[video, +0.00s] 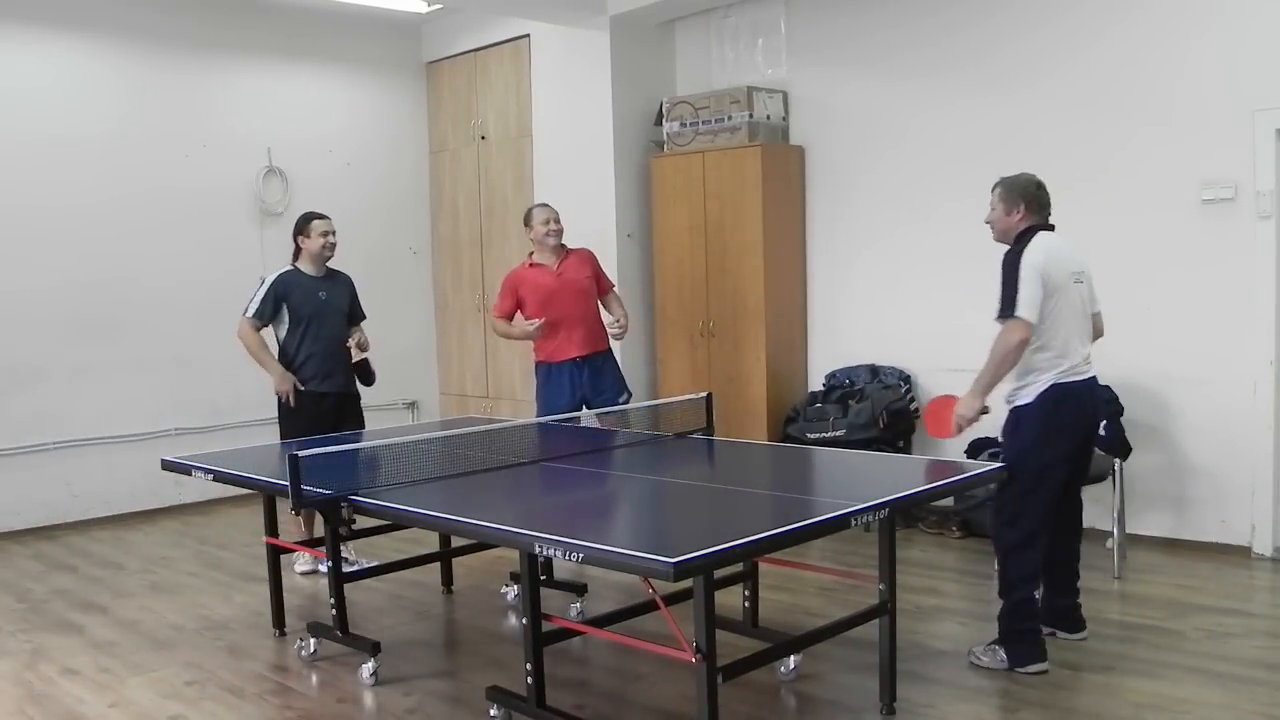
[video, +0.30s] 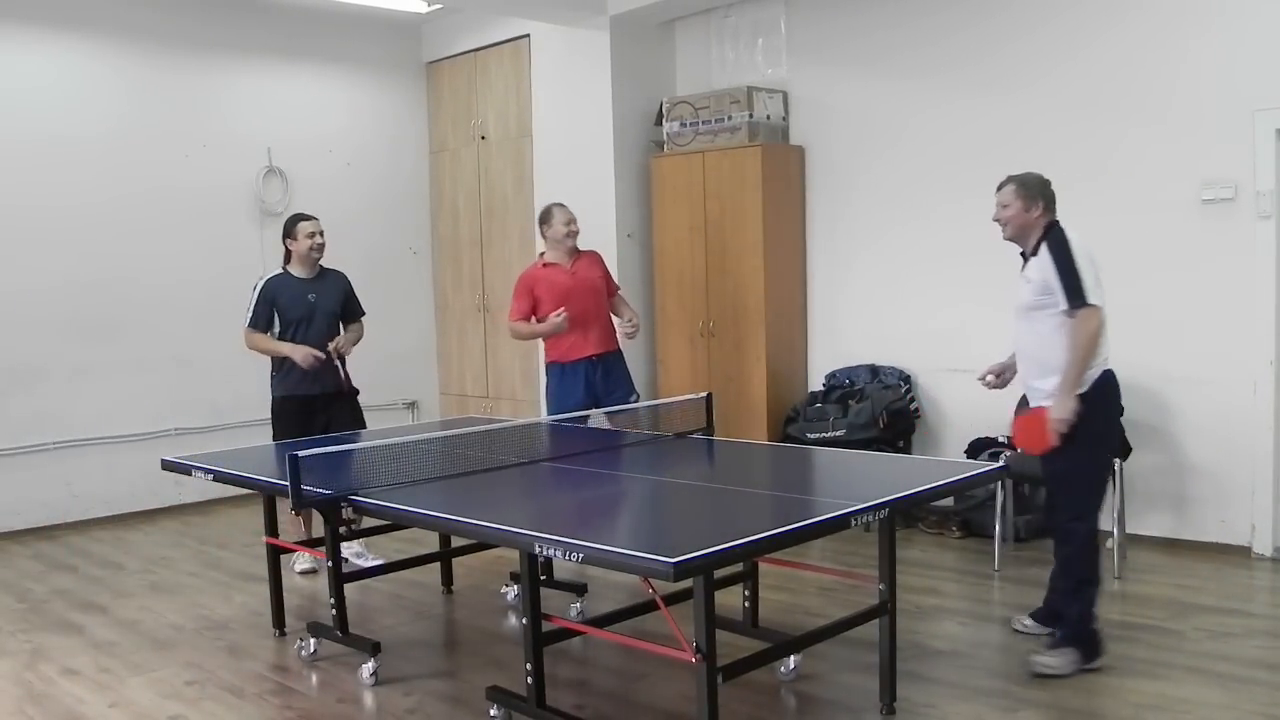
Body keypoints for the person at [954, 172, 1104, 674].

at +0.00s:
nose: (989, 220)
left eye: (993, 210)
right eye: (990, 210)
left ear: (1018, 212)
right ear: (1037, 213)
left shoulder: (1025, 254)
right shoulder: (1071, 255)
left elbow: (1018, 332)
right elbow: (1094, 328)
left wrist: (977, 393)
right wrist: (1037, 344)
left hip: (1042, 407)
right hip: (1082, 400)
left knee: (1017, 522)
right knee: (1062, 511)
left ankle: (1020, 646)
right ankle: (1062, 613)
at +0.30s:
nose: (997, 216)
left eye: (1004, 207)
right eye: (997, 208)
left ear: (1035, 210)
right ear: (1026, 213)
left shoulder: (1060, 246)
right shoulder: (1032, 256)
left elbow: (1089, 318)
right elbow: (1046, 330)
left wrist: (1066, 394)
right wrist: (1013, 364)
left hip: (1082, 403)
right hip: (1055, 403)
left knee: (1075, 517)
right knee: (1063, 515)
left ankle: (1081, 638)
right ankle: (1061, 612)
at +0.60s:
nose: (1030, 215)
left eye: (1038, 206)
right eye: (1027, 207)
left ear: (1072, 208)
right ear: (1036, 213)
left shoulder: (1111, 255)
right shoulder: (1041, 262)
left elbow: (1156, 322)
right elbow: (1038, 323)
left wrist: (1145, 400)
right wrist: (1006, 366)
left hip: (1119, 415)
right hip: (1064, 416)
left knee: (1139, 529)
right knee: (1069, 522)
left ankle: (1157, 642)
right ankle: (1062, 614)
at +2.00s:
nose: (1084, 220)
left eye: (1091, 207)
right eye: (1083, 208)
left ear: (1129, 200)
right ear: (1119, 203)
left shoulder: (1183, 257)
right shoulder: (1112, 253)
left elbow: (1208, 355)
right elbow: (1097, 325)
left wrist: (1110, 374)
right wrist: (1044, 320)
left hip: (1173, 443)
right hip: (1110, 437)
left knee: (1176, 580)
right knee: (1101, 564)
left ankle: (1190, 708)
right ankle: (1083, 676)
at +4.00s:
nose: (1034, 221)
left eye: (1045, 211)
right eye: (1032, 212)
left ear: (1081, 215)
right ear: (1036, 218)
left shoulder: (1131, 262)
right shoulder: (1032, 274)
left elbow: (1178, 335)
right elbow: (1021, 346)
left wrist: (1110, 373)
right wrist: (1014, 351)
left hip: (1135, 434)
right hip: (1061, 434)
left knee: (1159, 546)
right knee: (1048, 541)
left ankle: (1190, 664)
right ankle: (1059, 653)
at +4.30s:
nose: (1093, 182)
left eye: (1109, 177)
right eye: (1091, 176)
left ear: (1138, 200)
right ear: (1086, 198)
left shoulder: (1168, 262)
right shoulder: (1062, 258)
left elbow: (1199, 341)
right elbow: (1024, 320)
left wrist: (1132, 341)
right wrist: (998, 321)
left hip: (1144, 432)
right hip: (1070, 428)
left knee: (1165, 548)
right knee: (1058, 541)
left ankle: (1191, 664)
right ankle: (1063, 654)